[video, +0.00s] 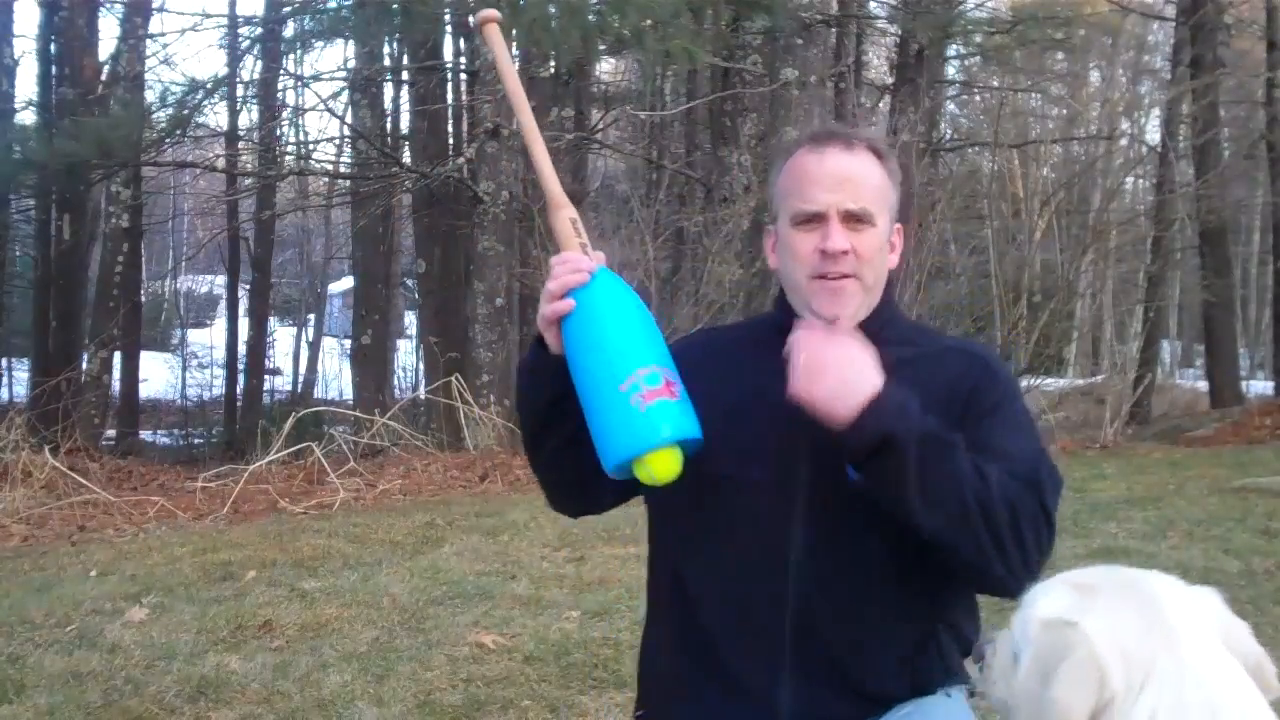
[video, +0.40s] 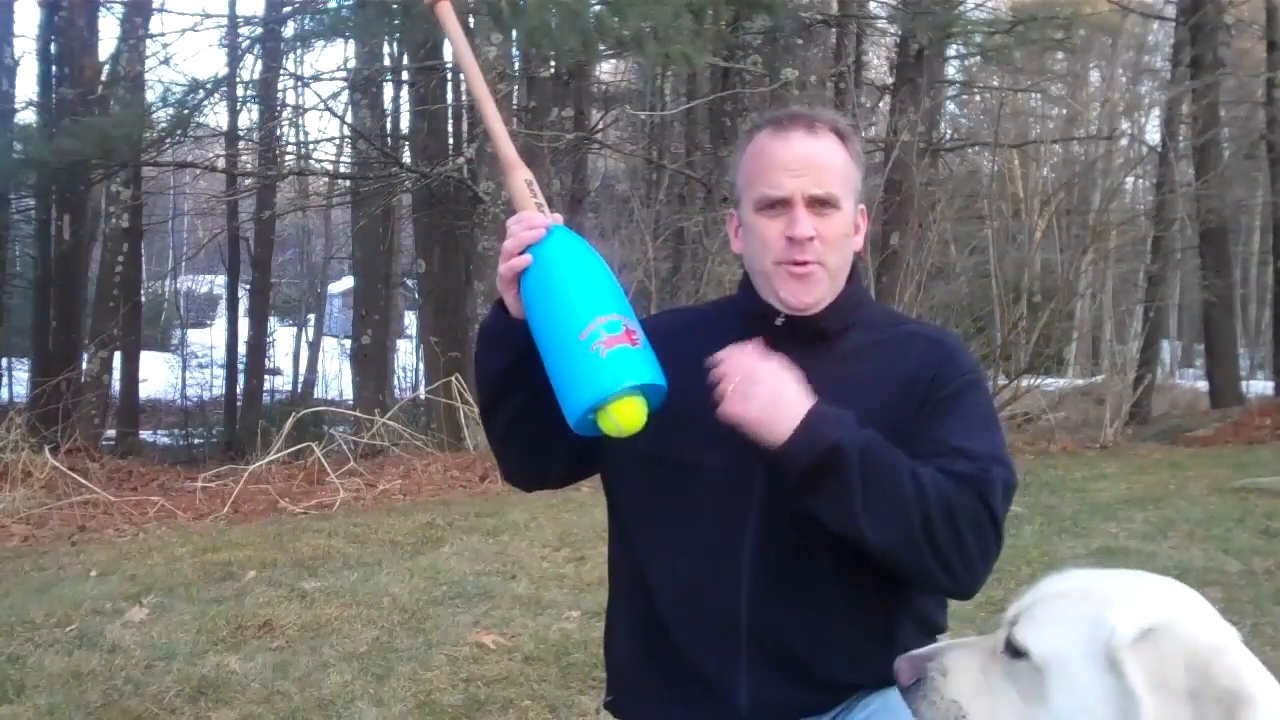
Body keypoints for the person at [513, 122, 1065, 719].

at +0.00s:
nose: (833, 243)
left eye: (857, 221)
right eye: (809, 222)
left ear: (895, 245)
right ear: (773, 247)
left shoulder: (963, 379)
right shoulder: (694, 368)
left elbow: (1015, 552)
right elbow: (580, 487)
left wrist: (876, 416)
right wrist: (553, 354)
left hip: (900, 700)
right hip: (709, 700)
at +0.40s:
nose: (799, 230)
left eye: (822, 205)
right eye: (774, 207)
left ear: (859, 227)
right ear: (737, 233)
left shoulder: (929, 366)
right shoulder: (653, 350)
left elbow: (964, 547)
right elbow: (537, 459)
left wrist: (809, 430)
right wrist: (516, 320)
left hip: (855, 695)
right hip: (670, 698)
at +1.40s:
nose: (820, 256)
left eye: (847, 232)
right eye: (798, 228)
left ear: (883, 248)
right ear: (757, 239)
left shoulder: (946, 387)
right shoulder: (678, 359)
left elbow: (998, 566)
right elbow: (575, 491)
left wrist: (844, 467)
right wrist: (544, 363)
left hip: (880, 707)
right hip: (682, 702)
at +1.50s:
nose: (820, 255)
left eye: (846, 231)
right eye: (797, 228)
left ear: (883, 250)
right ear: (757, 239)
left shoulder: (944, 391)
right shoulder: (676, 363)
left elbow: (1018, 560)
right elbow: (575, 490)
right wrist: (546, 362)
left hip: (879, 706)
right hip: (684, 703)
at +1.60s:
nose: (814, 256)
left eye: (841, 232)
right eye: (792, 229)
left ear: (880, 251)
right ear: (753, 241)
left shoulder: (947, 397)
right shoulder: (675, 366)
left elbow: (1022, 580)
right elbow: (575, 489)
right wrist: (543, 360)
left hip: (851, 708)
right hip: (675, 704)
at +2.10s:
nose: (804, 255)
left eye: (830, 229)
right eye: (781, 228)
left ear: (873, 248)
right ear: (747, 243)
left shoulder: (951, 399)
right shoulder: (680, 369)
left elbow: (1027, 582)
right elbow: (585, 507)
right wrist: (550, 376)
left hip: (853, 716)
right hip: (677, 706)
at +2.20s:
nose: (806, 253)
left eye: (832, 229)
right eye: (784, 228)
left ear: (875, 248)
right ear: (749, 242)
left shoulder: (948, 398)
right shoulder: (678, 369)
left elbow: (1009, 590)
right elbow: (594, 517)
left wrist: (826, 599)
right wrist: (566, 397)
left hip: (860, 708)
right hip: (681, 706)